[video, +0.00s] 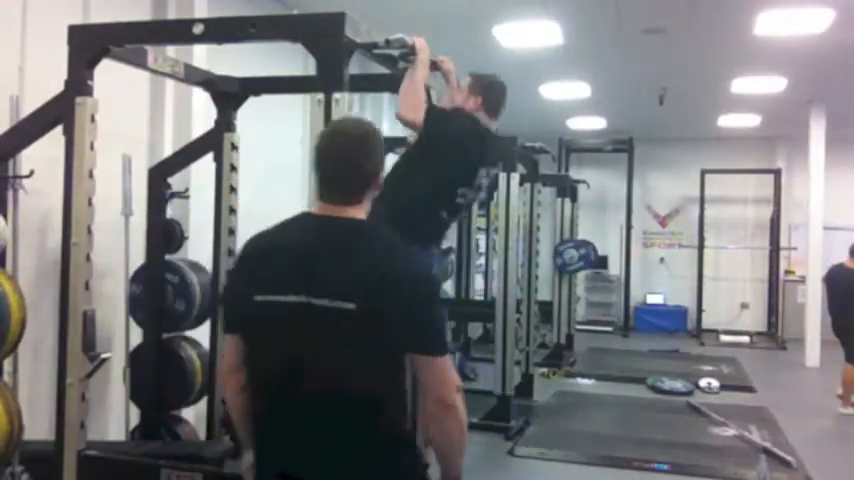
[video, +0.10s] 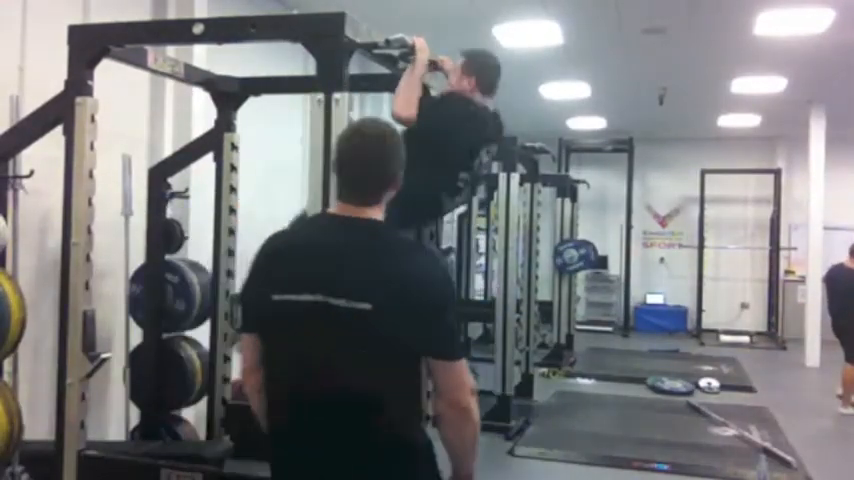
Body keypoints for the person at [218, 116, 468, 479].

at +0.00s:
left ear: (317, 172)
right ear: (377, 183)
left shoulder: (258, 253)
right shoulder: (405, 266)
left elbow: (232, 377)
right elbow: (442, 398)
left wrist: (253, 450)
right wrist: (451, 471)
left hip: (283, 461)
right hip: (376, 463)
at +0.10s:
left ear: (336, 172)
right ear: (395, 185)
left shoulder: (278, 251)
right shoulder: (420, 266)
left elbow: (253, 375)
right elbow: (456, 399)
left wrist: (283, 444)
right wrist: (463, 471)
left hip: (300, 459)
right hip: (391, 463)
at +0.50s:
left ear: (383, 164)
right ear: (448, 181)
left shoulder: (321, 243)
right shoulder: (469, 266)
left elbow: (282, 359)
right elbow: (498, 401)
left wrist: (315, 417)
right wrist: (491, 472)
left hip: (323, 452)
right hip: (417, 460)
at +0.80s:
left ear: (409, 205)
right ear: (467, 225)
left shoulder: (334, 261)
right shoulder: (487, 294)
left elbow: (276, 376)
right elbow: (504, 426)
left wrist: (295, 443)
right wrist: (486, 474)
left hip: (317, 460)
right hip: (418, 466)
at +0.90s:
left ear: (414, 232)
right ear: (467, 253)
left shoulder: (338, 278)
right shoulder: (481, 307)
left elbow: (276, 394)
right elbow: (494, 443)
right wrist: (471, 474)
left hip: (311, 462)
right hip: (411, 466)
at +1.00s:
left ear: (413, 260)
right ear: (465, 275)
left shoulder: (335, 297)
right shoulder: (473, 322)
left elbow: (266, 412)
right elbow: (503, 455)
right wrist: (462, 477)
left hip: (292, 464)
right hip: (400, 467)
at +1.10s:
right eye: (467, 309)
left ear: (409, 288)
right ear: (464, 306)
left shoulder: (329, 319)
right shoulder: (466, 344)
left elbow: (254, 432)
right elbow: (513, 469)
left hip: (278, 465)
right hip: (391, 466)